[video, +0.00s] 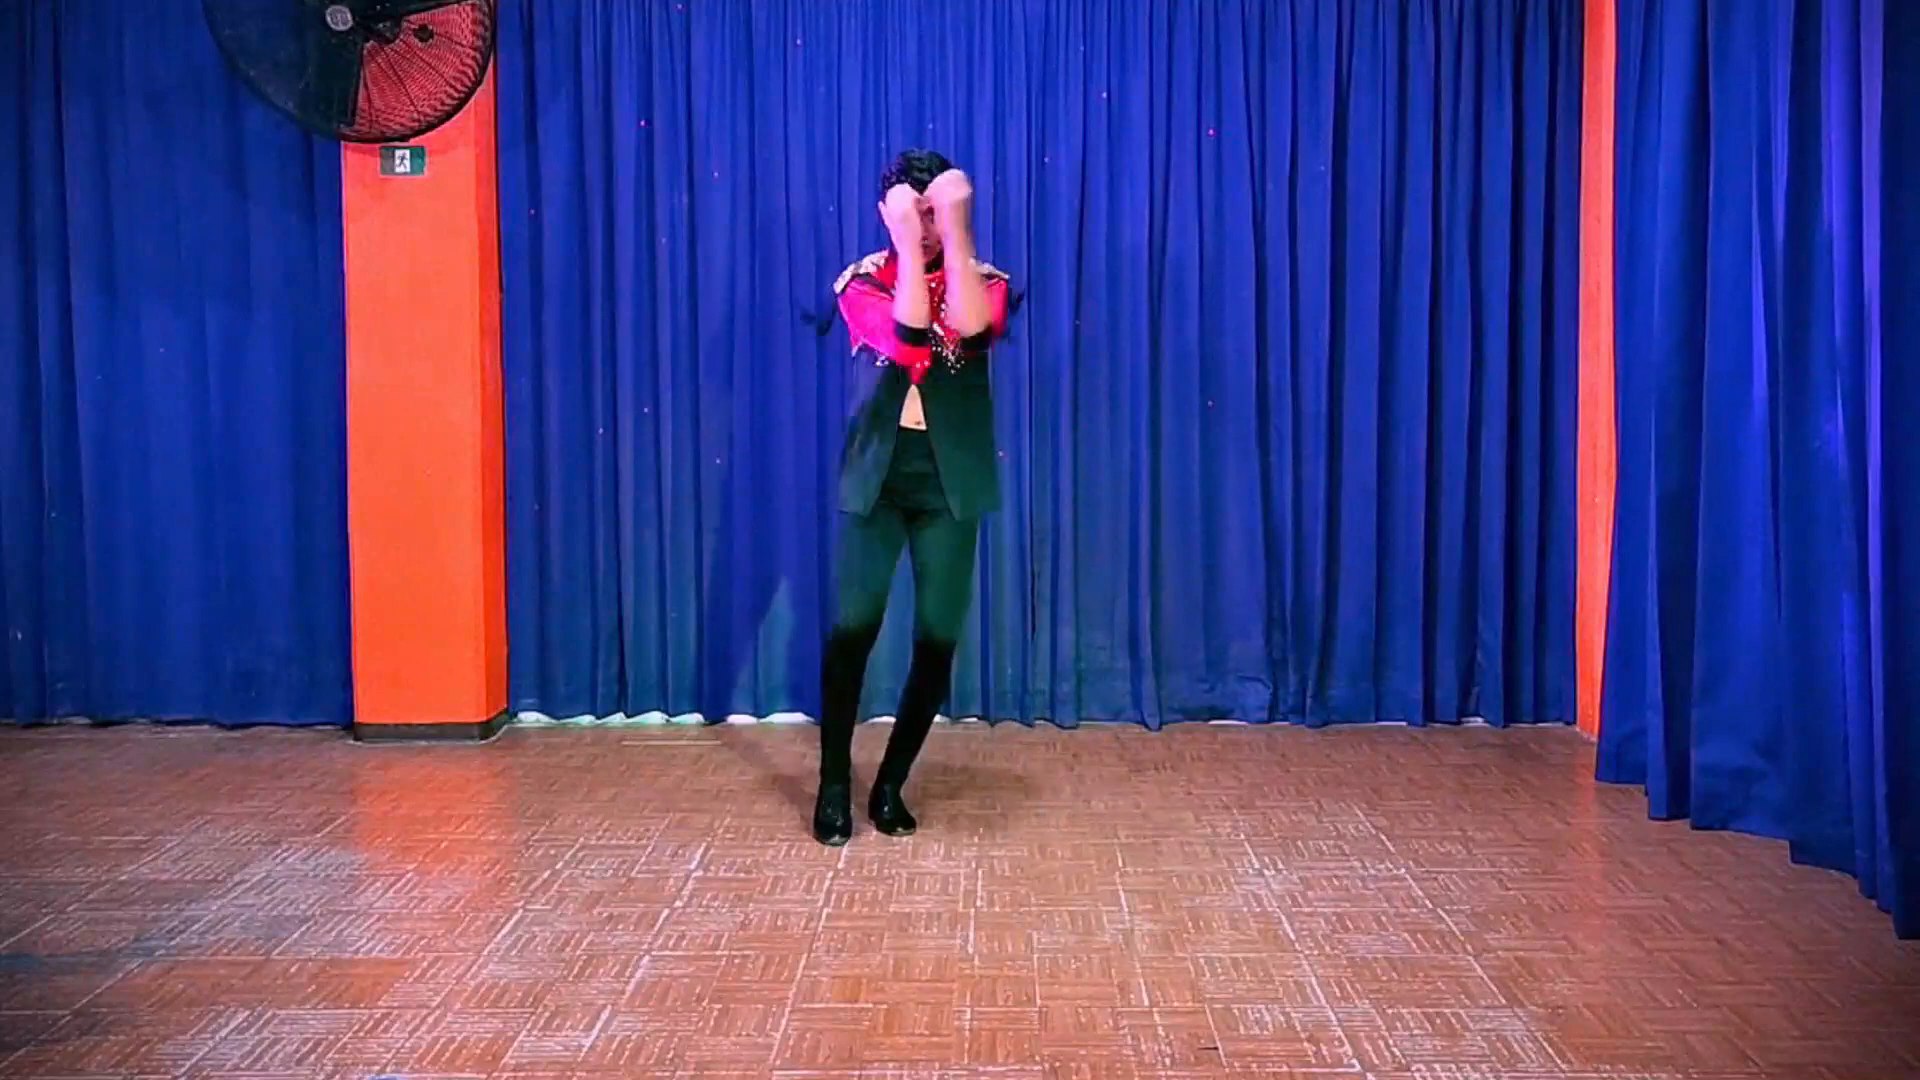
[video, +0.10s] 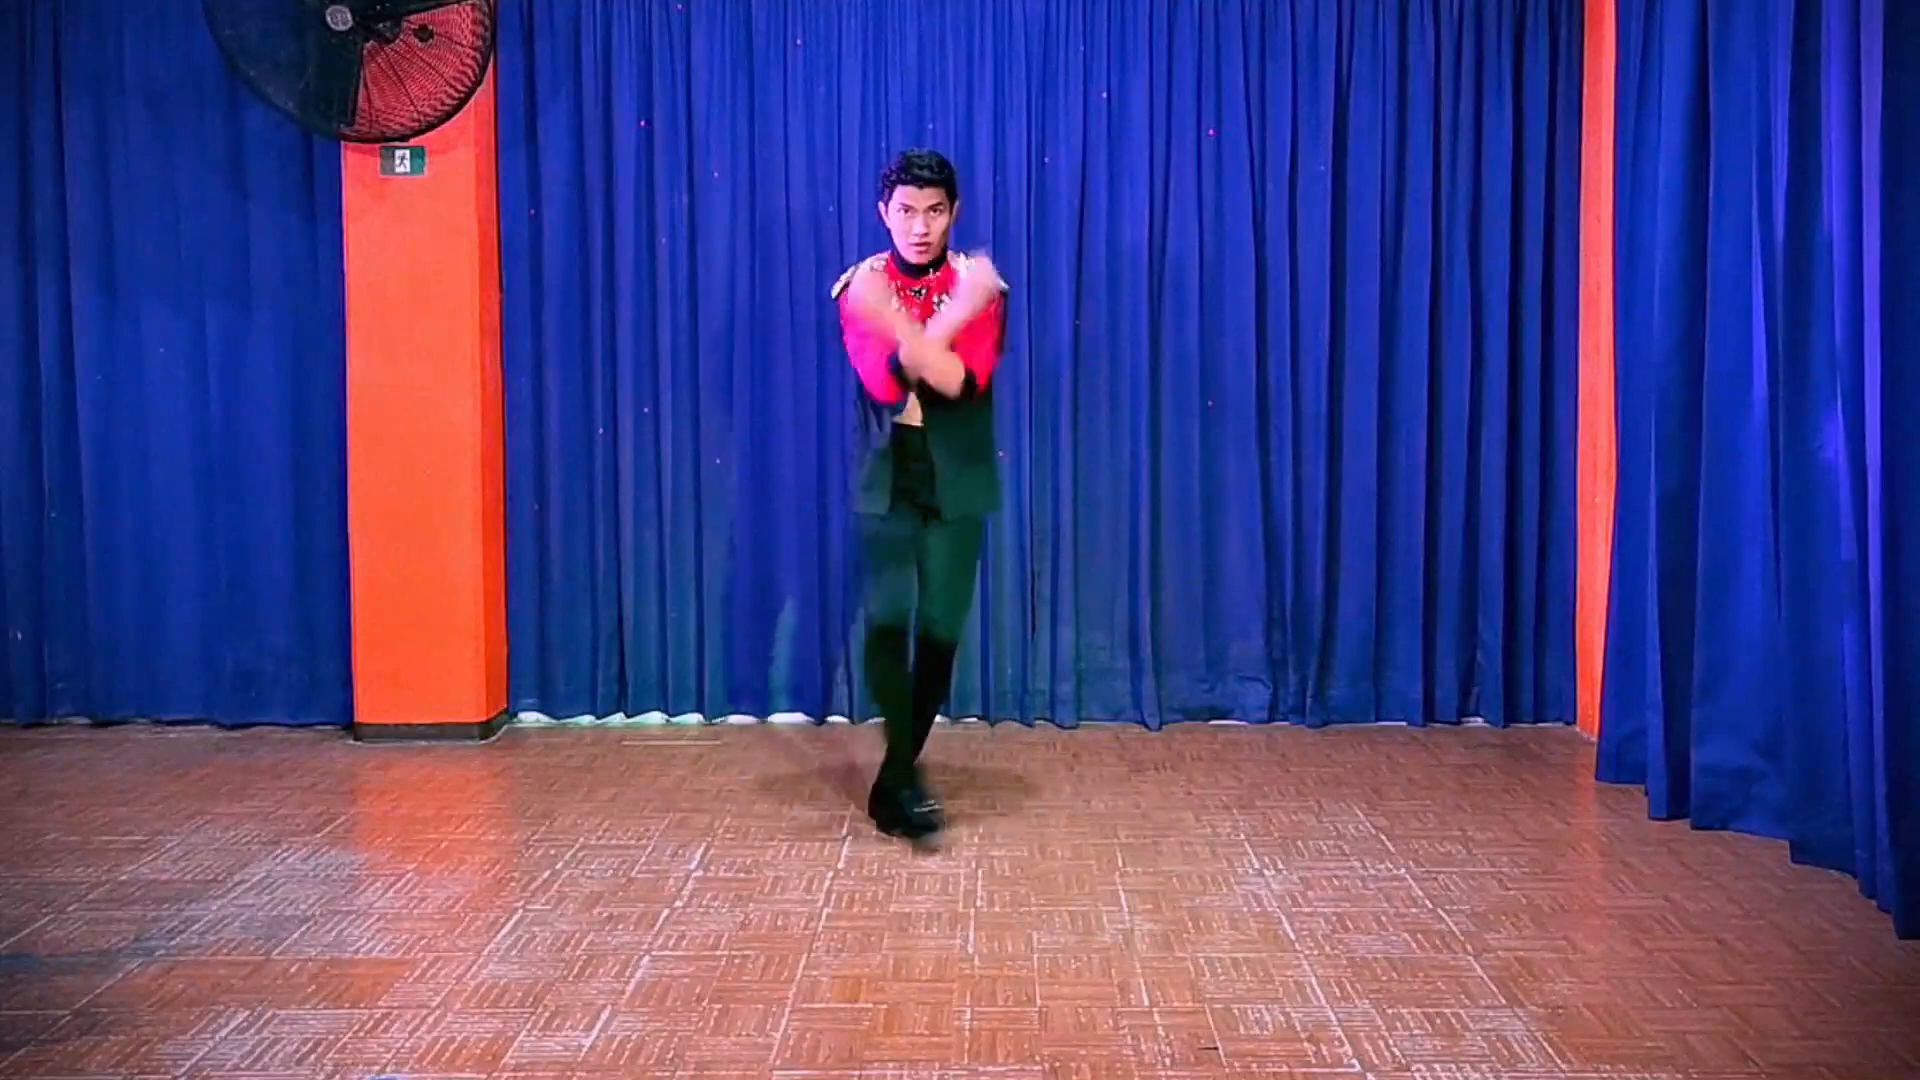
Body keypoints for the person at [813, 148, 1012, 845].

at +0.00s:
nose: (922, 216)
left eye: (932, 202)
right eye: (910, 204)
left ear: (953, 210)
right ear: (890, 214)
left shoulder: (989, 279)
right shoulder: (862, 280)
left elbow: (971, 322)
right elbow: (903, 335)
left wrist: (957, 226)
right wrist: (908, 242)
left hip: (953, 477)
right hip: (876, 473)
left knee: (939, 637)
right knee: (855, 623)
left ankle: (891, 785)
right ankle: (834, 783)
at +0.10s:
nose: (919, 226)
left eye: (933, 212)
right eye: (906, 212)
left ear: (952, 214)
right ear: (887, 213)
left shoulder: (979, 286)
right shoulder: (864, 287)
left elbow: (954, 378)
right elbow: (890, 378)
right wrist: (962, 304)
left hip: (957, 476)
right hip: (886, 473)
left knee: (941, 627)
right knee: (889, 614)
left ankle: (895, 780)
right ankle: (905, 772)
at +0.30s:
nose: (926, 231)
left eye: (940, 217)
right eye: (913, 217)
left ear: (958, 220)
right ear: (892, 219)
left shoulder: (992, 295)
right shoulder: (866, 305)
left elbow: (1042, 395)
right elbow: (842, 418)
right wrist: (837, 513)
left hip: (984, 480)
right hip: (913, 485)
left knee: (969, 640)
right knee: (973, 636)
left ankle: (891, 783)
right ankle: (1037, 777)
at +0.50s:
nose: (941, 237)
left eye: (953, 223)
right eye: (926, 225)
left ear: (970, 226)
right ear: (904, 229)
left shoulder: (990, 292)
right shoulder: (891, 305)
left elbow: (1067, 339)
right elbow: (832, 397)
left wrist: (1155, 372)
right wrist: (780, 481)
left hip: (987, 482)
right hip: (936, 487)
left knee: (974, 648)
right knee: (1025, 633)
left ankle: (873, 786)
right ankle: (1032, 783)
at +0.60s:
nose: (949, 235)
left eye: (960, 222)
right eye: (934, 223)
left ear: (976, 226)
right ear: (911, 229)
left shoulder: (990, 290)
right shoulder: (902, 304)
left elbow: (1067, 304)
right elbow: (842, 376)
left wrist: (1145, 309)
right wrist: (794, 436)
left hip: (987, 494)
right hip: (955, 499)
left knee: (979, 646)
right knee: (1045, 628)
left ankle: (877, 783)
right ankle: (1033, 783)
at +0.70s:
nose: (957, 234)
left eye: (966, 220)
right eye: (941, 223)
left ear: (979, 223)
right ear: (915, 230)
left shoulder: (987, 281)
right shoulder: (915, 299)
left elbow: (1047, 258)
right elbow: (866, 336)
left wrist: (1110, 235)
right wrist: (844, 355)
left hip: (971, 500)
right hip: (969, 503)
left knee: (982, 648)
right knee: (1061, 630)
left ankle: (880, 781)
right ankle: (1033, 782)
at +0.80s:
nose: (963, 234)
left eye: (970, 219)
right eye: (946, 222)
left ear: (982, 223)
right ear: (918, 233)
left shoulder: (981, 269)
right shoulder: (923, 289)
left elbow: (1027, 229)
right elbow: (901, 297)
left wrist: (1077, 187)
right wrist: (898, 279)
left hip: (958, 502)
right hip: (980, 501)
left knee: (981, 647)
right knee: (1069, 627)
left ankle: (882, 782)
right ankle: (1033, 782)